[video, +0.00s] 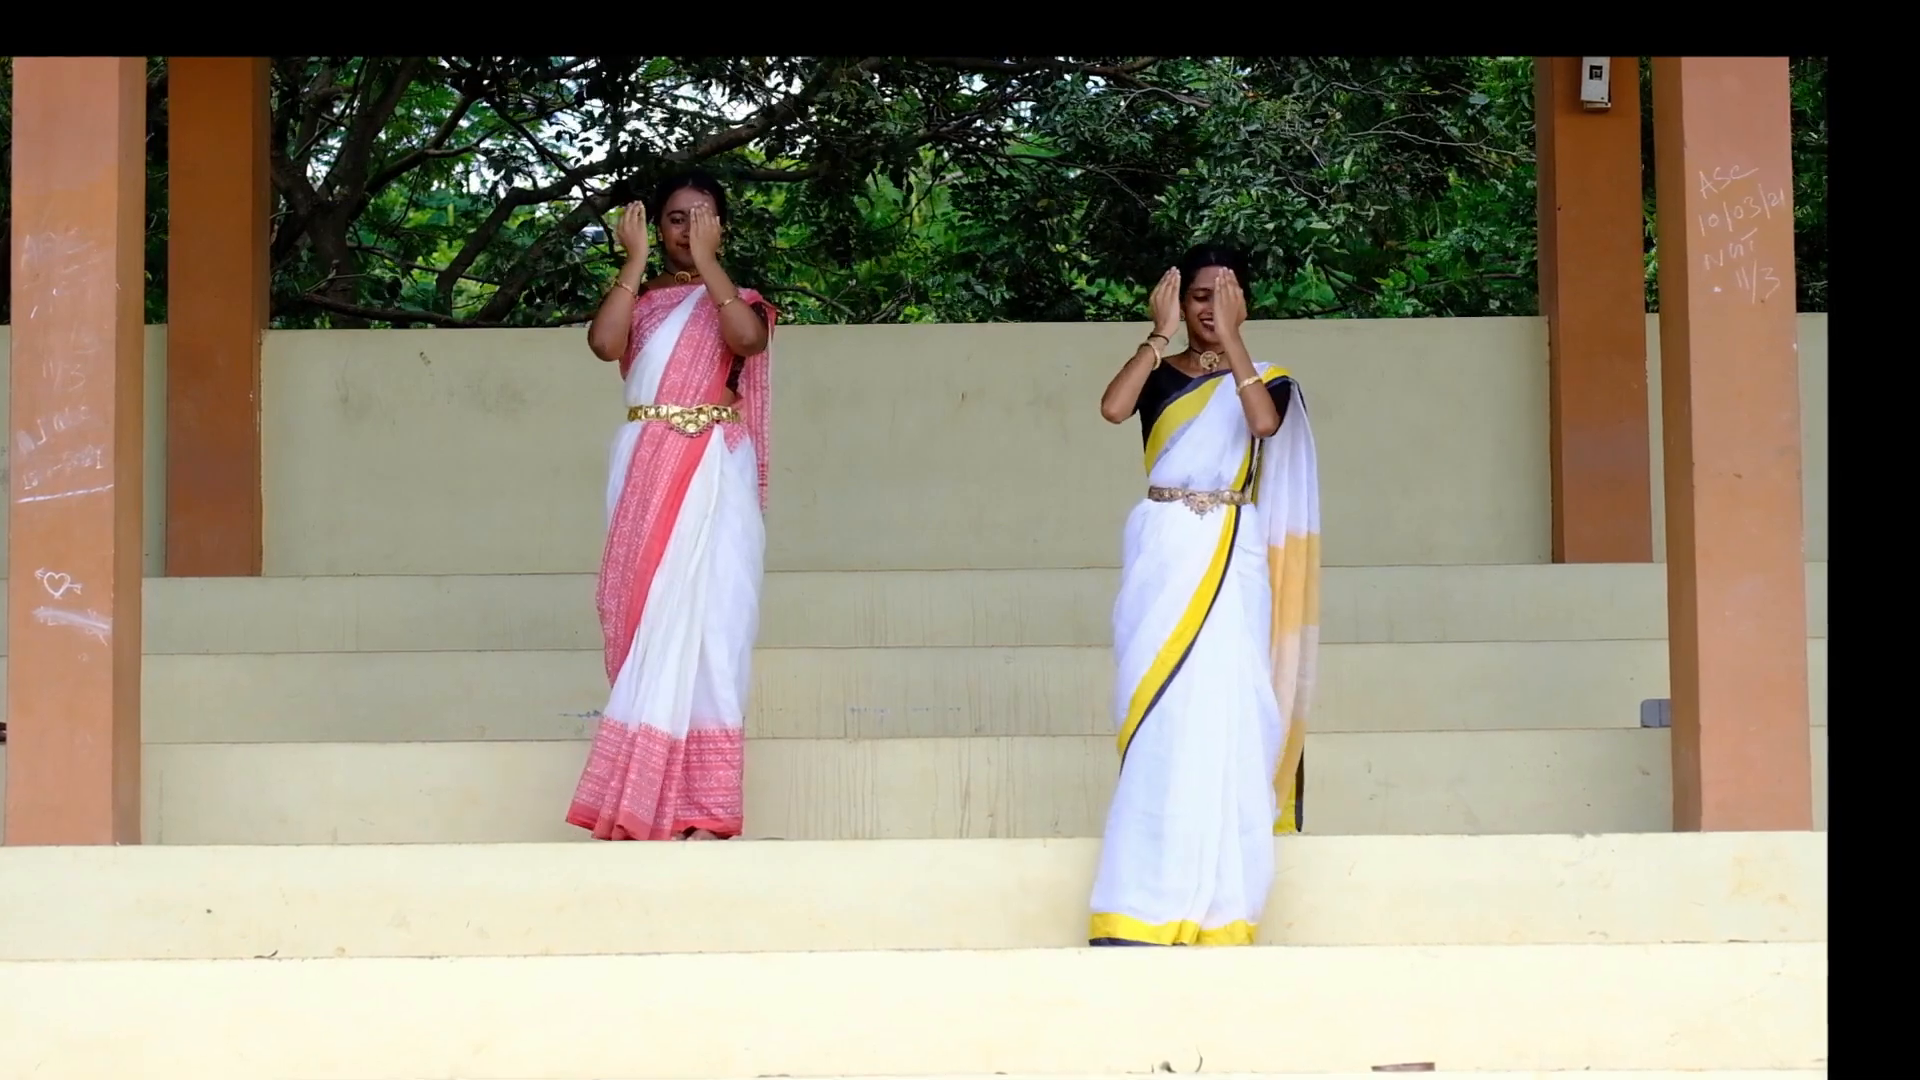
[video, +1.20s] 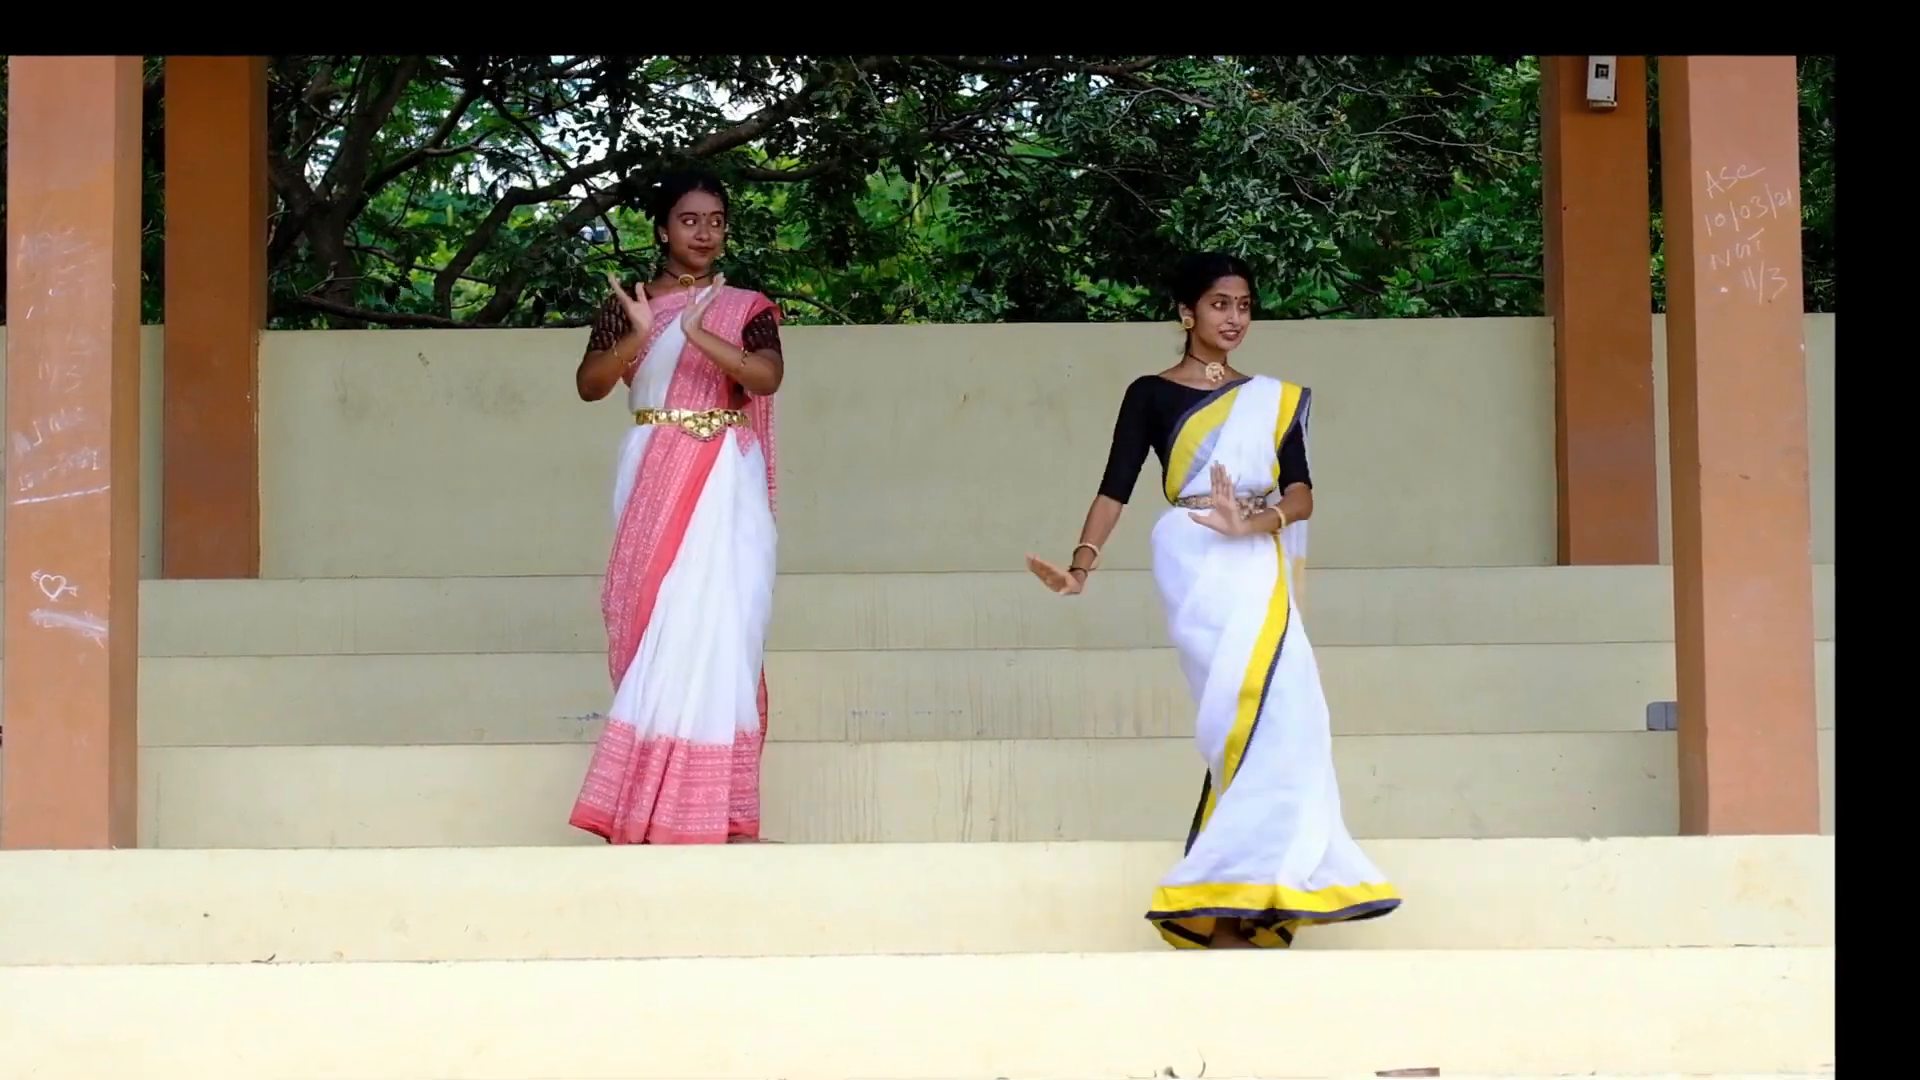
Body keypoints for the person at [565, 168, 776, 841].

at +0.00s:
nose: (682, 228)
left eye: (694, 216)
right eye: (673, 218)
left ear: (721, 227)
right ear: (660, 231)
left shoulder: (746, 299)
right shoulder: (643, 300)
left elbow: (747, 340)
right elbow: (604, 341)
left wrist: (707, 265)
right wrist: (633, 260)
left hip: (715, 472)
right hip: (645, 470)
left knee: (708, 625)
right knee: (646, 623)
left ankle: (702, 805)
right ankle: (641, 801)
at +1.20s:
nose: (704, 231)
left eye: (714, 220)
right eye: (690, 219)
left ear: (727, 229)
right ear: (664, 227)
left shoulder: (747, 307)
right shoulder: (631, 304)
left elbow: (766, 377)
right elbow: (590, 385)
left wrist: (702, 337)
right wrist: (636, 337)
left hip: (727, 482)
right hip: (655, 481)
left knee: (717, 629)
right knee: (658, 628)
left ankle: (703, 809)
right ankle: (652, 804)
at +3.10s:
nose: (673, 263)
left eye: (681, 249)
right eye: (669, 252)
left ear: (724, 244)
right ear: (693, 252)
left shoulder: (790, 306)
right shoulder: (687, 338)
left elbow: (864, 349)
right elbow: (609, 405)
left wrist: (785, 373)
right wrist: (513, 445)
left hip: (785, 484)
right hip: (712, 479)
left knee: (729, 626)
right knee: (633, 495)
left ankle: (714, 802)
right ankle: (642, 654)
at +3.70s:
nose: (676, 267)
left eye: (682, 252)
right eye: (671, 255)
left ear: (725, 247)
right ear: (708, 255)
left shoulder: (793, 310)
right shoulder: (689, 342)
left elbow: (872, 351)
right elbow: (606, 407)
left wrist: (789, 381)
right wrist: (512, 438)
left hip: (785, 493)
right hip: (714, 489)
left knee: (738, 653)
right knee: (649, 510)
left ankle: (719, 826)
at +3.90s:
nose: (688, 265)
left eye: (700, 252)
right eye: (683, 254)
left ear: (744, 253)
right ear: (685, 259)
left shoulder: (799, 325)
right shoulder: (681, 346)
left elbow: (885, 384)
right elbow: (625, 430)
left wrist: (814, 411)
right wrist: (546, 486)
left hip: (783, 509)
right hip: (703, 503)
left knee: (772, 657)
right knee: (711, 574)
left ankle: (737, 825)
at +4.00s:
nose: (715, 263)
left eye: (729, 249)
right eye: (703, 251)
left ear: (757, 259)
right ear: (693, 264)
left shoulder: (800, 336)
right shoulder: (681, 345)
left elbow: (882, 400)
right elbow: (649, 433)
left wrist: (818, 427)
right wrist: (595, 513)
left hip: (782, 507)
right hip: (704, 505)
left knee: (783, 653)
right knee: (728, 624)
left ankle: (764, 824)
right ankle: (715, 801)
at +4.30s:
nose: (768, 256)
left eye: (775, 245)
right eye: (753, 243)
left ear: (780, 256)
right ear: (719, 253)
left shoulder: (787, 340)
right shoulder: (698, 331)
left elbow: (839, 411)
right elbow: (725, 410)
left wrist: (824, 425)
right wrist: (771, 469)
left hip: (777, 498)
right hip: (714, 497)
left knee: (784, 646)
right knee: (730, 648)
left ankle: (784, 809)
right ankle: (714, 812)